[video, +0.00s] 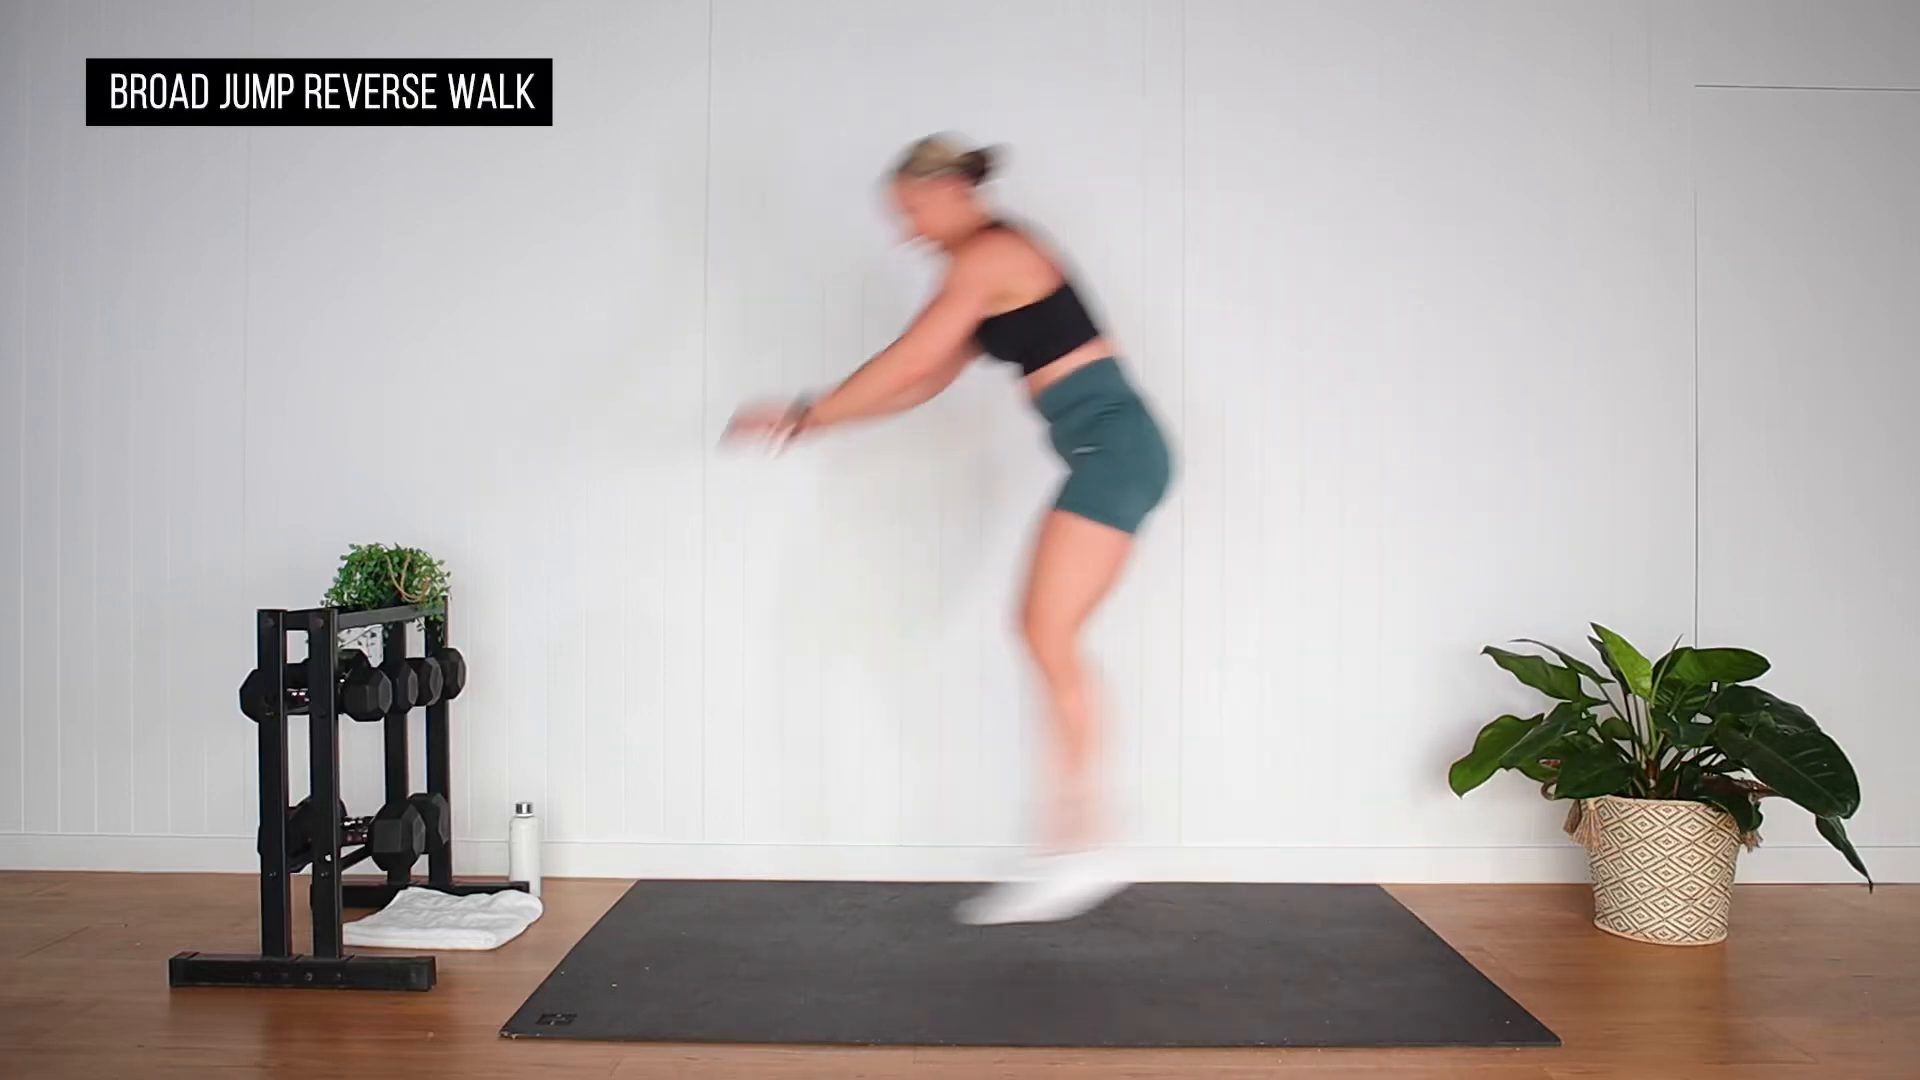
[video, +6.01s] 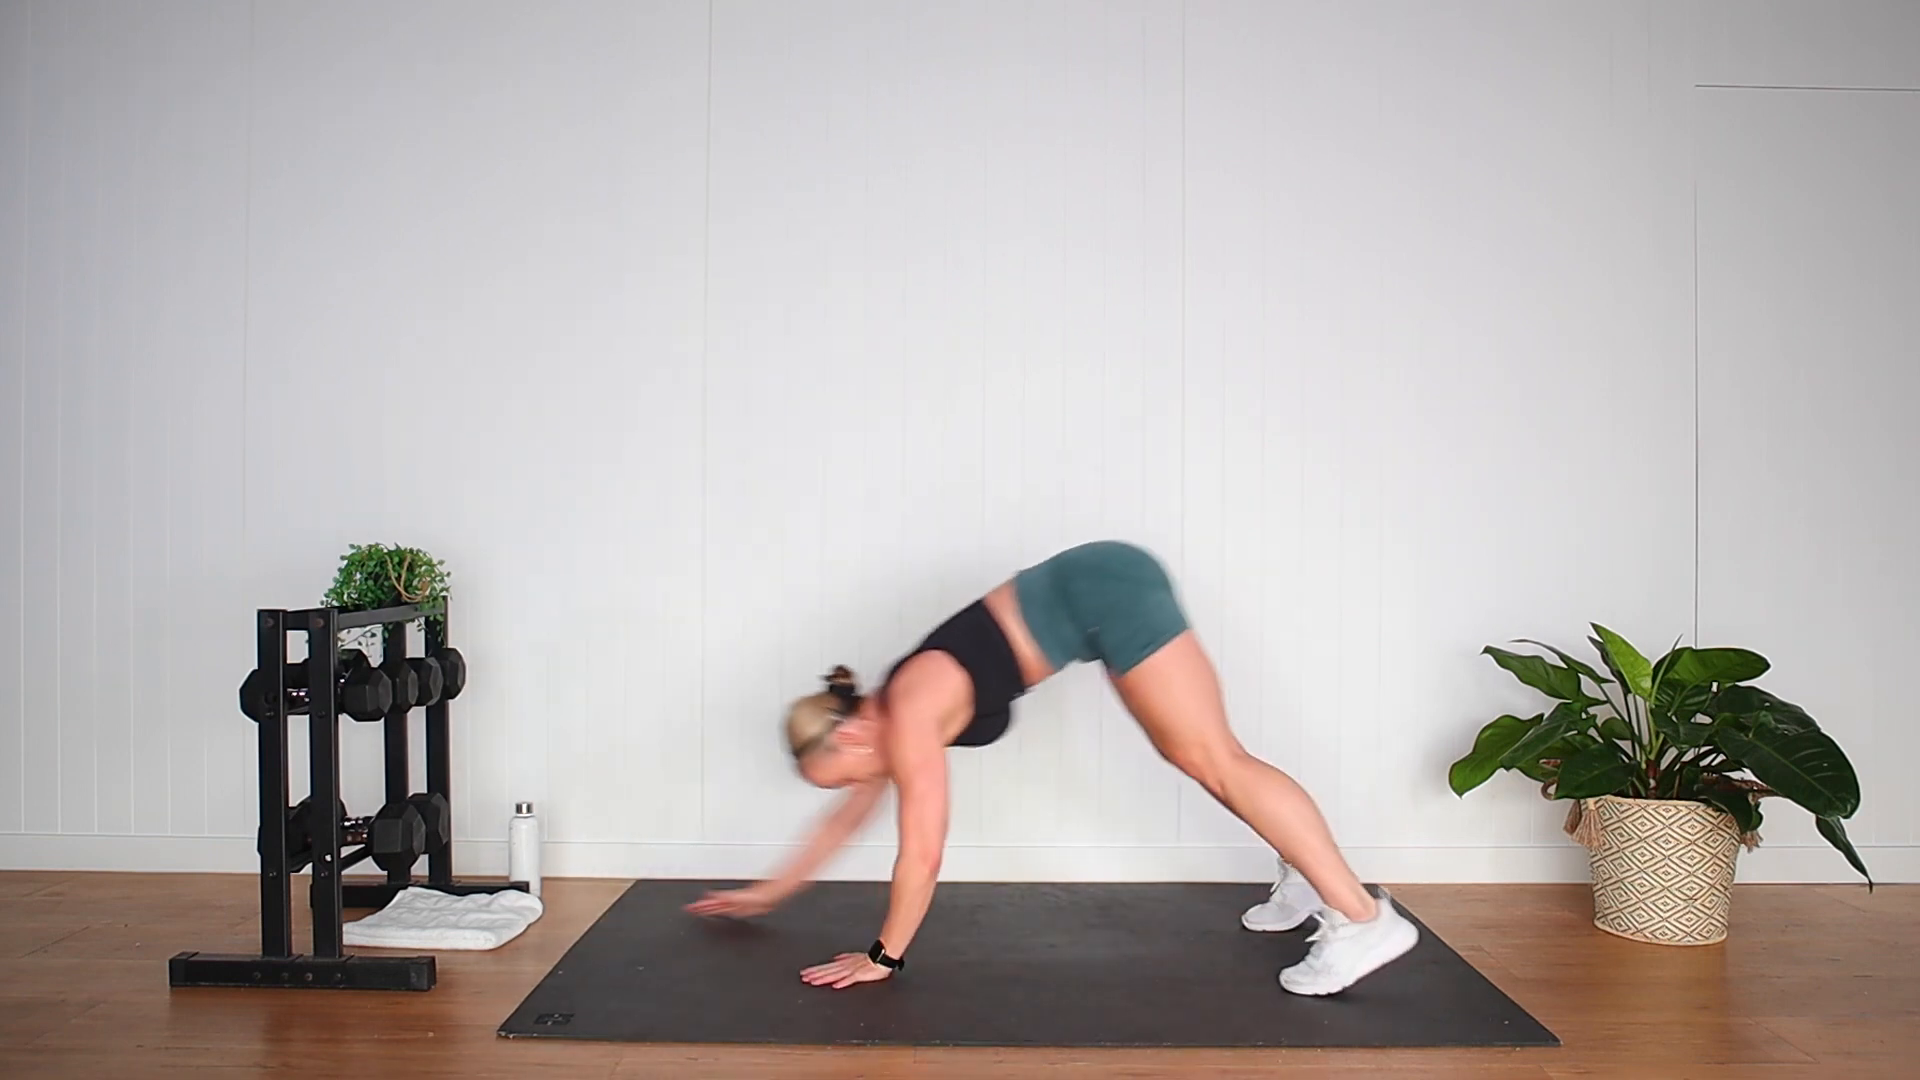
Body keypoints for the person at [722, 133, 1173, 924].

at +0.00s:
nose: (909, 227)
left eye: (914, 208)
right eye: (904, 211)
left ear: (952, 193)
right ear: (953, 198)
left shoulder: (990, 255)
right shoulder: (999, 255)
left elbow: (913, 361)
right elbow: (923, 383)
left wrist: (808, 415)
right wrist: (813, 417)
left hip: (1115, 448)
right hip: (1110, 447)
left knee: (1050, 628)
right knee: (1048, 627)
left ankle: (1085, 840)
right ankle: (1070, 840)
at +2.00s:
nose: (919, 784)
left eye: (906, 774)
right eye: (907, 781)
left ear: (914, 734)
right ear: (917, 729)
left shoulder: (972, 717)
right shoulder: (989, 711)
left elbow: (937, 854)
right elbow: (1038, 795)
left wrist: (871, 956)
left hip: (1165, 568)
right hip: (1151, 570)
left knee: (1187, 768)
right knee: (1188, 759)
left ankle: (1323, 924)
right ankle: (1278, 879)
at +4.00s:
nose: (929, 188)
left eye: (938, 173)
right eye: (930, 174)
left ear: (980, 173)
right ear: (985, 175)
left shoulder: (1005, 242)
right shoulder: (1006, 246)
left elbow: (902, 315)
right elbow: (911, 342)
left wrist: (818, 296)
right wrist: (816, 305)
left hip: (1085, 450)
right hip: (1077, 450)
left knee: (1051, 653)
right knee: (1051, 652)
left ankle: (1173, 824)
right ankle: (1166, 819)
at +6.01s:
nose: (848, 783)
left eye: (835, 775)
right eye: (835, 780)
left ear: (851, 733)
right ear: (850, 724)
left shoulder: (916, 715)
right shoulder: (894, 707)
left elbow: (924, 847)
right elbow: (854, 814)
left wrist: (886, 956)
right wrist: (770, 892)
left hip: (1106, 589)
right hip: (1099, 593)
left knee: (1216, 763)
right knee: (1209, 757)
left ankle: (1362, 916)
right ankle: (1321, 878)